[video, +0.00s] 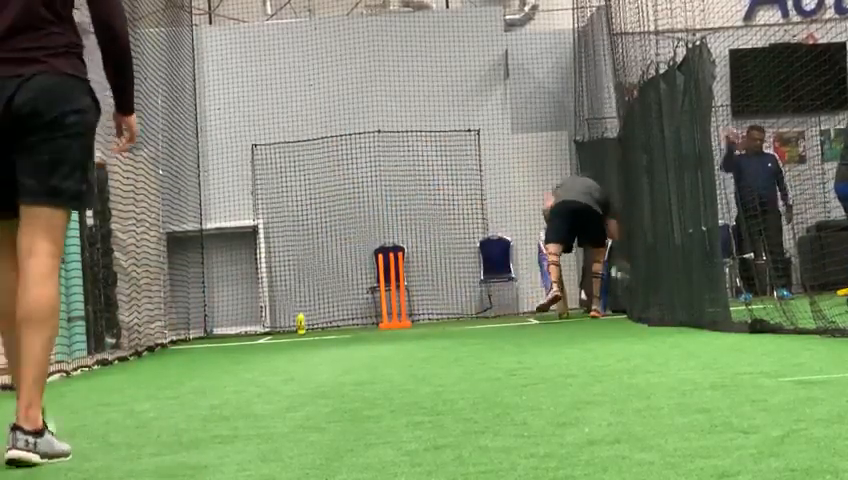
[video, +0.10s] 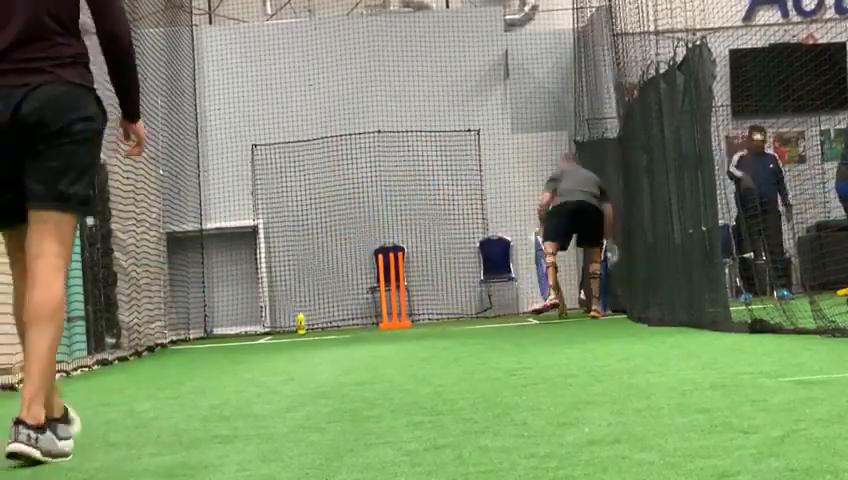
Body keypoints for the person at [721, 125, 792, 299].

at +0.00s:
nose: (758, 143)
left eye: (761, 140)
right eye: (754, 139)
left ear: (764, 141)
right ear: (746, 140)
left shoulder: (770, 159)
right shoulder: (738, 159)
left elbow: (781, 183)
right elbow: (726, 167)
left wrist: (787, 204)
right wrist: (730, 148)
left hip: (770, 211)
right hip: (746, 212)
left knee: (776, 248)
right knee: (745, 252)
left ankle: (782, 286)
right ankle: (749, 289)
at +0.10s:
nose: (759, 144)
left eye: (762, 141)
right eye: (755, 140)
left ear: (765, 141)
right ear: (749, 141)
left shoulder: (772, 158)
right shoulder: (740, 157)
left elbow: (780, 182)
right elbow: (731, 172)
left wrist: (786, 203)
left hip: (770, 209)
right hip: (748, 210)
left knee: (775, 247)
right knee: (746, 250)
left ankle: (781, 286)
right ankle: (749, 289)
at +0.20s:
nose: (761, 143)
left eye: (764, 140)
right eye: (757, 140)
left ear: (766, 141)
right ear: (749, 140)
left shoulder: (772, 158)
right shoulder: (742, 158)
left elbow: (780, 180)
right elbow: (739, 180)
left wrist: (785, 201)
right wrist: (751, 198)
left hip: (771, 206)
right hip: (750, 207)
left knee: (775, 245)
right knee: (748, 247)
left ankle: (780, 285)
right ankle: (749, 288)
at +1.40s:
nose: (758, 144)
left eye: (760, 141)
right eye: (754, 141)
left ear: (763, 141)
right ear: (745, 141)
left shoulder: (770, 158)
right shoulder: (735, 160)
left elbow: (778, 183)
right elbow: (726, 185)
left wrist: (782, 205)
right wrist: (732, 209)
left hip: (770, 211)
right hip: (746, 213)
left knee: (775, 248)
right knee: (747, 251)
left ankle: (780, 285)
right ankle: (748, 289)